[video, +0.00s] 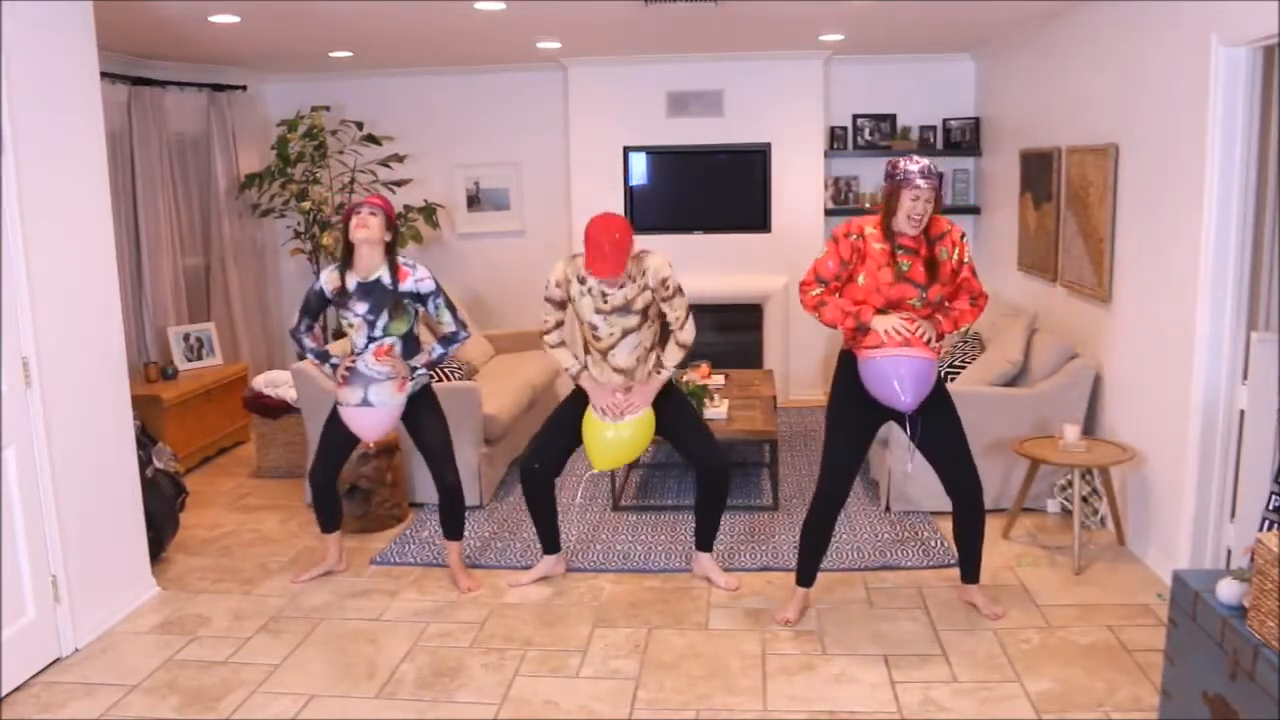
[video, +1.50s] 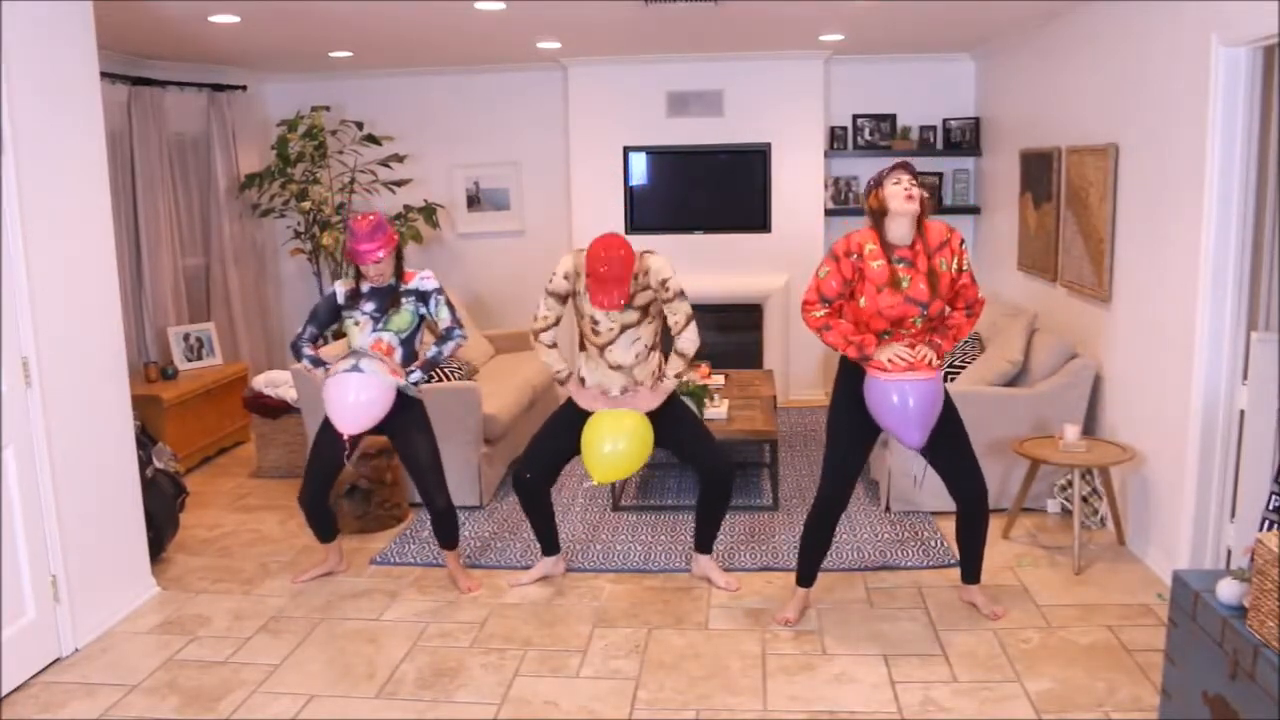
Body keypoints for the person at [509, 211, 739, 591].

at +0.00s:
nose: (609, 281)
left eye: (616, 273)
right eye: (601, 274)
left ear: (630, 254)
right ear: (586, 256)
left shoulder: (655, 270)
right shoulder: (566, 274)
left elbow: (684, 332)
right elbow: (552, 336)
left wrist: (652, 385)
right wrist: (591, 386)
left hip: (652, 387)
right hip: (592, 389)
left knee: (714, 464)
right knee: (534, 467)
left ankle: (704, 555)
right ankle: (552, 556)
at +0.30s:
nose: (606, 298)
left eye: (614, 291)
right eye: (599, 292)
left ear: (631, 270)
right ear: (585, 270)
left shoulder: (661, 276)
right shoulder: (564, 281)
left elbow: (688, 334)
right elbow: (556, 338)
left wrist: (652, 388)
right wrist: (593, 389)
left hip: (652, 388)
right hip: (592, 389)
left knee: (714, 465)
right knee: (533, 469)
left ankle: (703, 555)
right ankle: (552, 556)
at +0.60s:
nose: (611, 269)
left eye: (618, 259)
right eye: (603, 261)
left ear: (633, 253)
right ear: (591, 257)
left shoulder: (663, 292)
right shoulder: (568, 289)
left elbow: (695, 353)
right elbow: (553, 344)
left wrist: (653, 396)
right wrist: (588, 392)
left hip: (654, 395)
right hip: (591, 396)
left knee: (716, 465)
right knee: (528, 469)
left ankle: (704, 555)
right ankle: (551, 555)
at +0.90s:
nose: (610, 247)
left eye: (620, 238)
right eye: (601, 239)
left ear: (636, 246)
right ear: (591, 247)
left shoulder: (662, 295)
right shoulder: (566, 295)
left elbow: (694, 358)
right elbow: (551, 348)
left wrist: (652, 400)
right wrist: (588, 394)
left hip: (653, 397)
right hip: (590, 398)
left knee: (716, 466)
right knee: (527, 469)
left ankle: (704, 555)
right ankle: (551, 555)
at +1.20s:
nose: (609, 230)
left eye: (619, 224)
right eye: (602, 224)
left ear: (636, 240)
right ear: (590, 238)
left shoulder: (656, 282)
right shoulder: (569, 284)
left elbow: (688, 351)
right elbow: (546, 339)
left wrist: (654, 391)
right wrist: (581, 385)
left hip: (652, 393)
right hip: (591, 395)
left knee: (720, 464)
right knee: (528, 469)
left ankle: (704, 554)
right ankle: (551, 556)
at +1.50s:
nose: (611, 300)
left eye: (618, 292)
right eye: (603, 292)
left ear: (633, 268)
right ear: (588, 270)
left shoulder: (655, 271)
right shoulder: (571, 268)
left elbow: (688, 337)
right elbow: (542, 332)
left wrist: (658, 393)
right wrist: (576, 391)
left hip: (652, 398)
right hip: (590, 399)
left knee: (718, 469)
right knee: (528, 476)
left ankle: (703, 557)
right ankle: (552, 557)